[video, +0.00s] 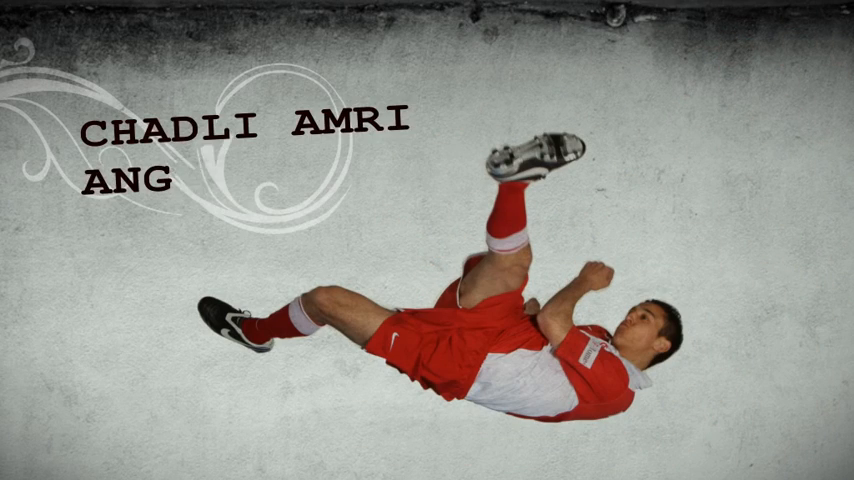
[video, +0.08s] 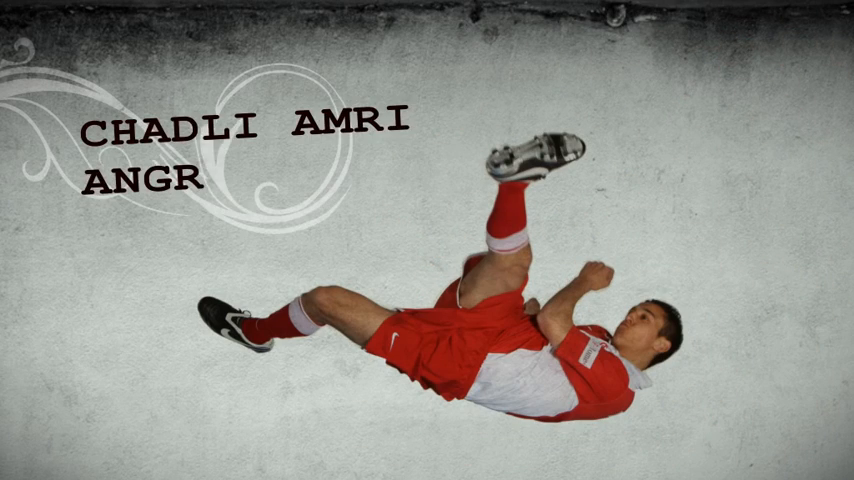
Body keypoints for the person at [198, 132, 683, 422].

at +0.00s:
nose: (633, 317)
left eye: (645, 319)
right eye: (636, 313)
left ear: (658, 347)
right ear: (631, 326)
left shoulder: (616, 386)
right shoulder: (597, 349)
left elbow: (549, 324)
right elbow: (519, 324)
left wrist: (583, 283)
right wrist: (470, 286)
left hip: (452, 360)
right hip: (482, 323)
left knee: (323, 299)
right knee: (509, 257)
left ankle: (256, 333)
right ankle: (512, 176)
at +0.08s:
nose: (633, 317)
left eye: (645, 319)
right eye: (636, 313)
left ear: (658, 347)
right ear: (631, 326)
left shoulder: (616, 386)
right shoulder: (597, 349)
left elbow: (550, 324)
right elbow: (519, 324)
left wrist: (583, 283)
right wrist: (470, 286)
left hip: (452, 360)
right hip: (482, 323)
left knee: (324, 299)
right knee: (509, 257)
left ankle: (256, 333)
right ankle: (512, 176)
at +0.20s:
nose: (633, 317)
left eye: (645, 319)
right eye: (636, 313)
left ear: (658, 347)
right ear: (631, 326)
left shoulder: (616, 386)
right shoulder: (597, 349)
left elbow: (549, 324)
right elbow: (519, 324)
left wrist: (583, 283)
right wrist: (470, 286)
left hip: (452, 360)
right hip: (482, 323)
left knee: (324, 299)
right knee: (509, 257)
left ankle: (256, 333)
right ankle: (512, 176)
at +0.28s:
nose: (633, 317)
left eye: (645, 319)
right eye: (636, 313)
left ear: (658, 347)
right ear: (631, 326)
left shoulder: (616, 386)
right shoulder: (597, 349)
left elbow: (550, 324)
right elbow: (519, 324)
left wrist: (583, 283)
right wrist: (470, 286)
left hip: (452, 360)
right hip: (482, 323)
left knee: (324, 299)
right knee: (509, 257)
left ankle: (256, 333)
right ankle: (513, 176)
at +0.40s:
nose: (633, 317)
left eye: (645, 319)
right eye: (637, 313)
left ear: (658, 347)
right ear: (631, 326)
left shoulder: (616, 386)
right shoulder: (597, 349)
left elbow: (550, 324)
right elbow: (519, 324)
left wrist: (583, 283)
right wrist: (470, 286)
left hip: (452, 360)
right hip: (482, 323)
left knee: (324, 299)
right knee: (509, 257)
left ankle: (256, 333)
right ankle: (513, 176)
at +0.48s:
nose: (633, 317)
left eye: (645, 319)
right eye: (637, 313)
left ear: (658, 347)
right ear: (631, 326)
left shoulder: (616, 386)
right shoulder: (597, 349)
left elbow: (550, 324)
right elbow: (519, 324)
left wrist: (583, 283)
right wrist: (470, 286)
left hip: (452, 360)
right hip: (482, 323)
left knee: (324, 299)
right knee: (509, 257)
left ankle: (256, 333)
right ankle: (513, 176)